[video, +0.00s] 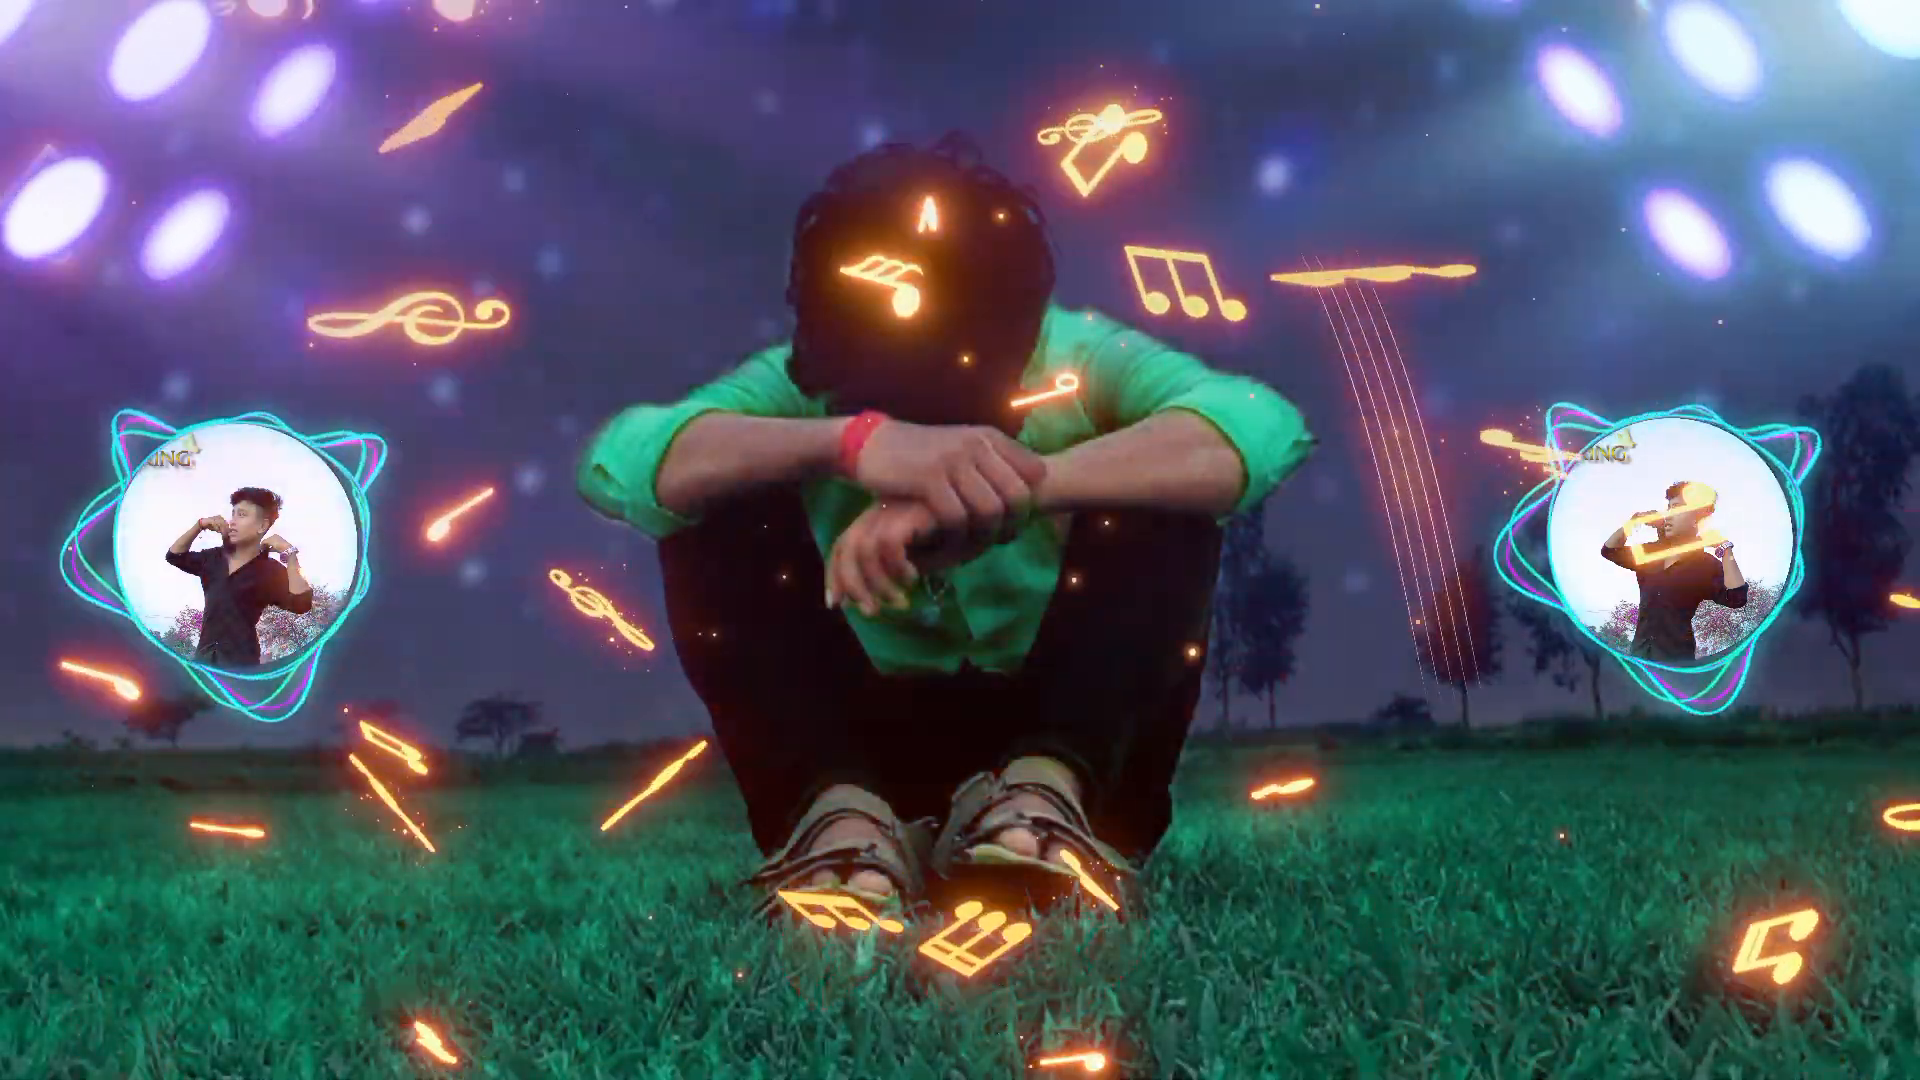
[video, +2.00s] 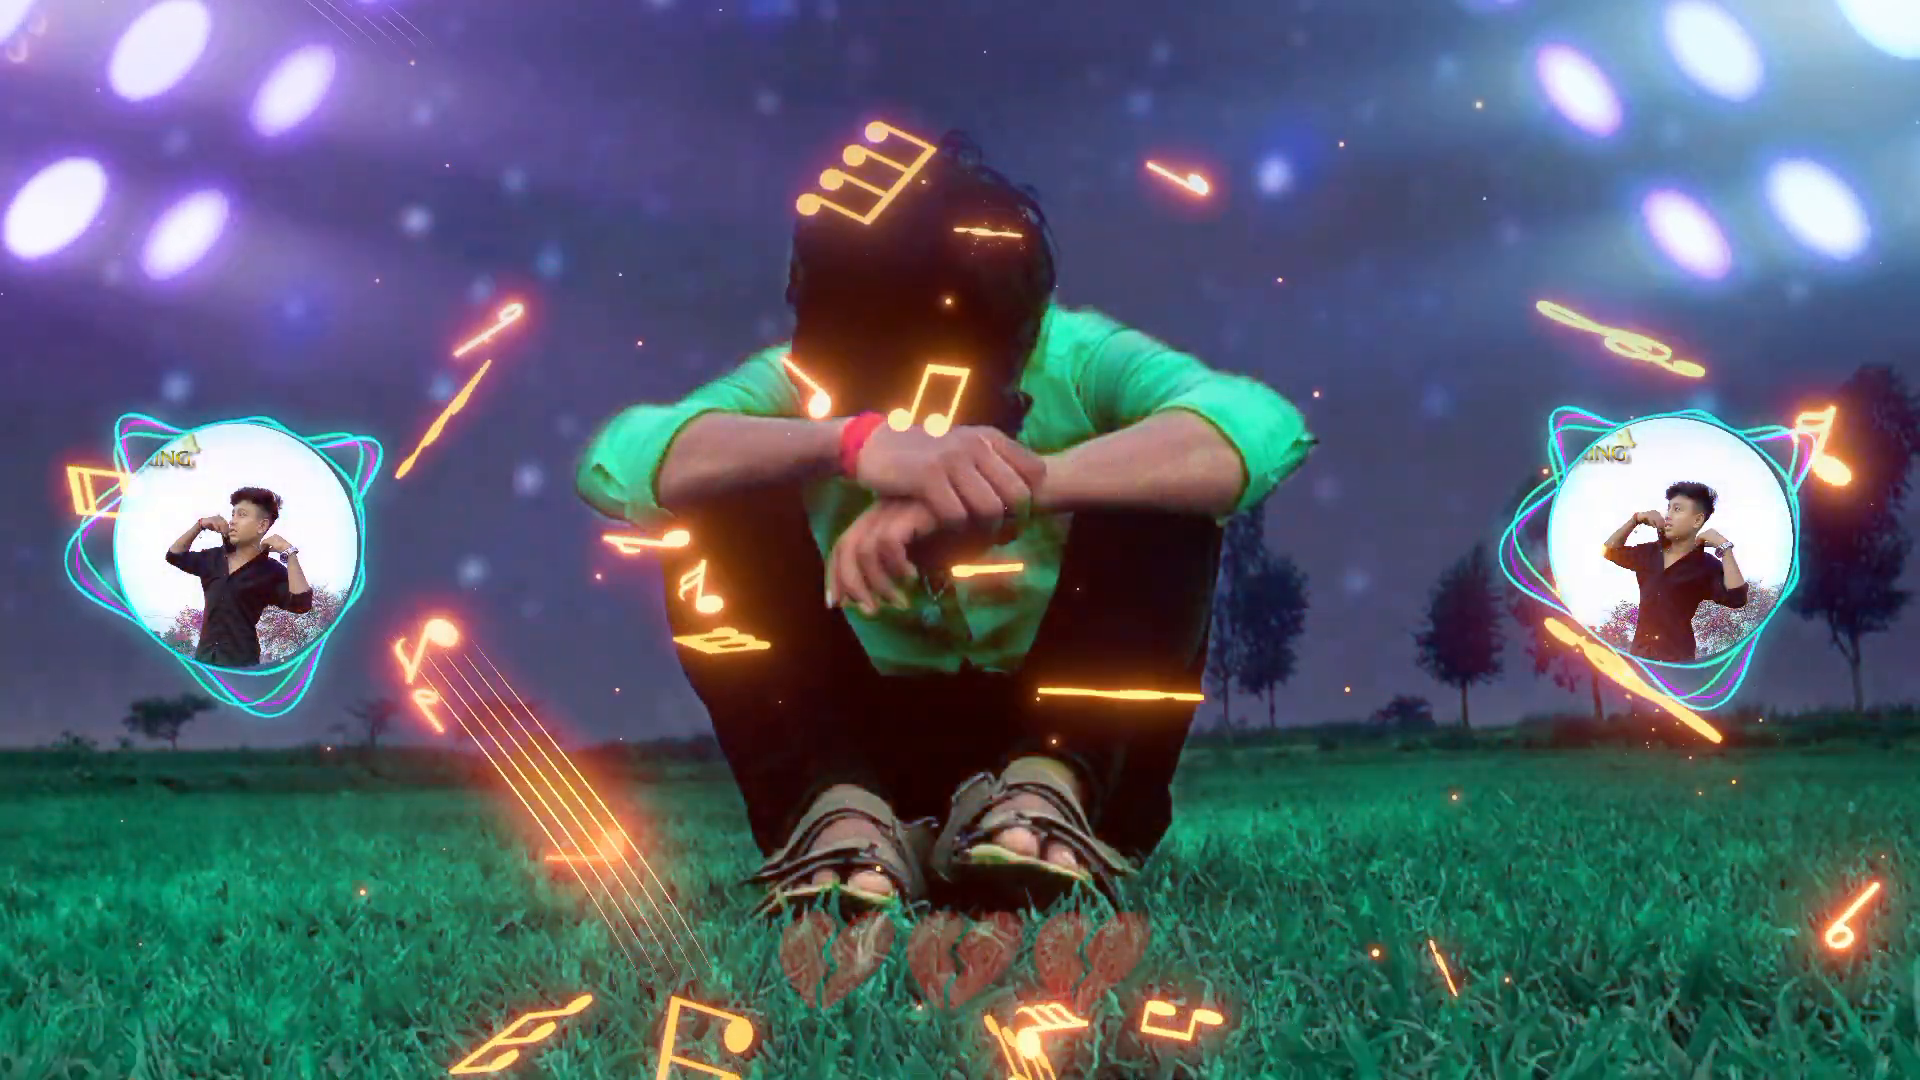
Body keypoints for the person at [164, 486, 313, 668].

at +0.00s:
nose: (231, 521)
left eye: (242, 515)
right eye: (233, 514)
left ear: (264, 524)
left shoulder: (270, 570)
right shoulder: (212, 559)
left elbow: (302, 605)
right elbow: (174, 556)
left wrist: (290, 555)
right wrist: (199, 526)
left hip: (242, 663)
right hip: (204, 660)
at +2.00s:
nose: (232, 521)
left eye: (242, 515)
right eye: (233, 514)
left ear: (263, 525)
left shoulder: (270, 570)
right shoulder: (213, 558)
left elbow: (302, 604)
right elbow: (174, 556)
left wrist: (290, 554)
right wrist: (199, 526)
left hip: (242, 663)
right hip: (204, 659)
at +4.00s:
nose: (232, 521)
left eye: (241, 515)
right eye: (233, 515)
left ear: (263, 525)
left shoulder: (270, 570)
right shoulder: (212, 558)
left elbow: (301, 604)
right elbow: (174, 557)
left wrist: (290, 553)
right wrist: (199, 526)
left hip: (242, 664)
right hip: (203, 659)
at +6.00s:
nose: (232, 521)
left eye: (242, 515)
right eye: (233, 514)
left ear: (263, 525)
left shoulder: (270, 569)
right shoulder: (212, 558)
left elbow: (301, 604)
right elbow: (174, 556)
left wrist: (289, 553)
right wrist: (199, 526)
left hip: (242, 662)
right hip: (204, 658)